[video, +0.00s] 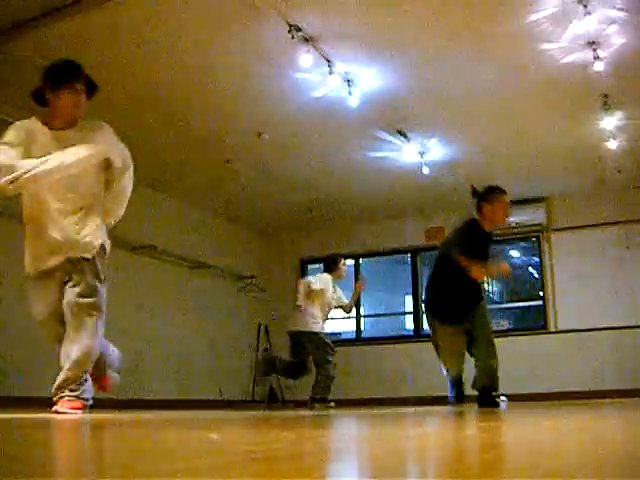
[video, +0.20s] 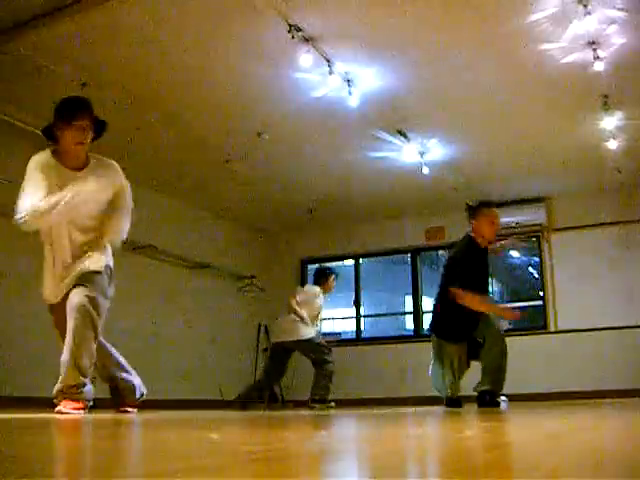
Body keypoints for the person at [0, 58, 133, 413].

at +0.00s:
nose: (79, 101)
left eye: (83, 93)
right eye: (70, 92)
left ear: (88, 99)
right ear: (48, 95)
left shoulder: (99, 135)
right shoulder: (26, 132)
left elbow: (123, 173)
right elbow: (2, 166)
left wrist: (108, 216)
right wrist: (41, 167)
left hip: (86, 229)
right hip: (42, 233)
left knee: (82, 304)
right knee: (46, 312)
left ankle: (72, 390)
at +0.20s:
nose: (82, 133)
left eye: (88, 127)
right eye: (74, 126)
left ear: (93, 133)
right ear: (56, 132)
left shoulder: (109, 171)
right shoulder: (41, 165)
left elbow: (122, 210)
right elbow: (26, 215)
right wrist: (71, 194)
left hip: (94, 255)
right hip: (56, 262)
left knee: (82, 304)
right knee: (74, 334)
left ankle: (73, 392)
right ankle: (127, 386)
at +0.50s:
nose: (29, 105)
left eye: (30, 100)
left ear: (31, 98)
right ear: (64, 99)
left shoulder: (20, 126)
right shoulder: (87, 127)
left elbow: (8, 157)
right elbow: (121, 156)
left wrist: (24, 177)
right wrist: (96, 186)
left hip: (65, 220)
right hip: (105, 222)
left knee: (48, 303)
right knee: (83, 295)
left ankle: (79, 385)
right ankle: (114, 361)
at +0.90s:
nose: (57, 73)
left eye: (63, 71)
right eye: (51, 65)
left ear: (64, 84)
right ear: (30, 68)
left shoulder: (65, 118)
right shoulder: (6, 101)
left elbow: (88, 150)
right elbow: (3, 157)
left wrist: (69, 158)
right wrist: (40, 159)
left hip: (35, 210)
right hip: (7, 203)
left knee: (36, 292)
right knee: (47, 280)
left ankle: (35, 379)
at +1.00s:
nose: (36, 84)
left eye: (41, 80)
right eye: (31, 74)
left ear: (44, 87)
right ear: (12, 74)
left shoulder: (51, 122)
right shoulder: (1, 114)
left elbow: (79, 146)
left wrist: (64, 164)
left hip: (26, 223)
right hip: (5, 222)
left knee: (43, 304)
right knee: (39, 304)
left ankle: (46, 387)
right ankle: (46, 388)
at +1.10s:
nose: (14, 101)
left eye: (21, 98)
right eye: (11, 93)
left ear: (25, 106)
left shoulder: (32, 150)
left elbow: (44, 202)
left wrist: (59, 223)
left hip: (11, 247)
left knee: (39, 308)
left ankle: (41, 390)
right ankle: (41, 390)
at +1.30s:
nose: (3, 90)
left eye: (8, 87)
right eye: (1, 84)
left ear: (13, 97)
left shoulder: (16, 138)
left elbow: (21, 189)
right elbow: (21, 191)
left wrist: (36, 224)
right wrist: (36, 223)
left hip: (4, 240)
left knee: (18, 310)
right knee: (15, 311)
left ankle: (37, 392)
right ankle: (35, 391)